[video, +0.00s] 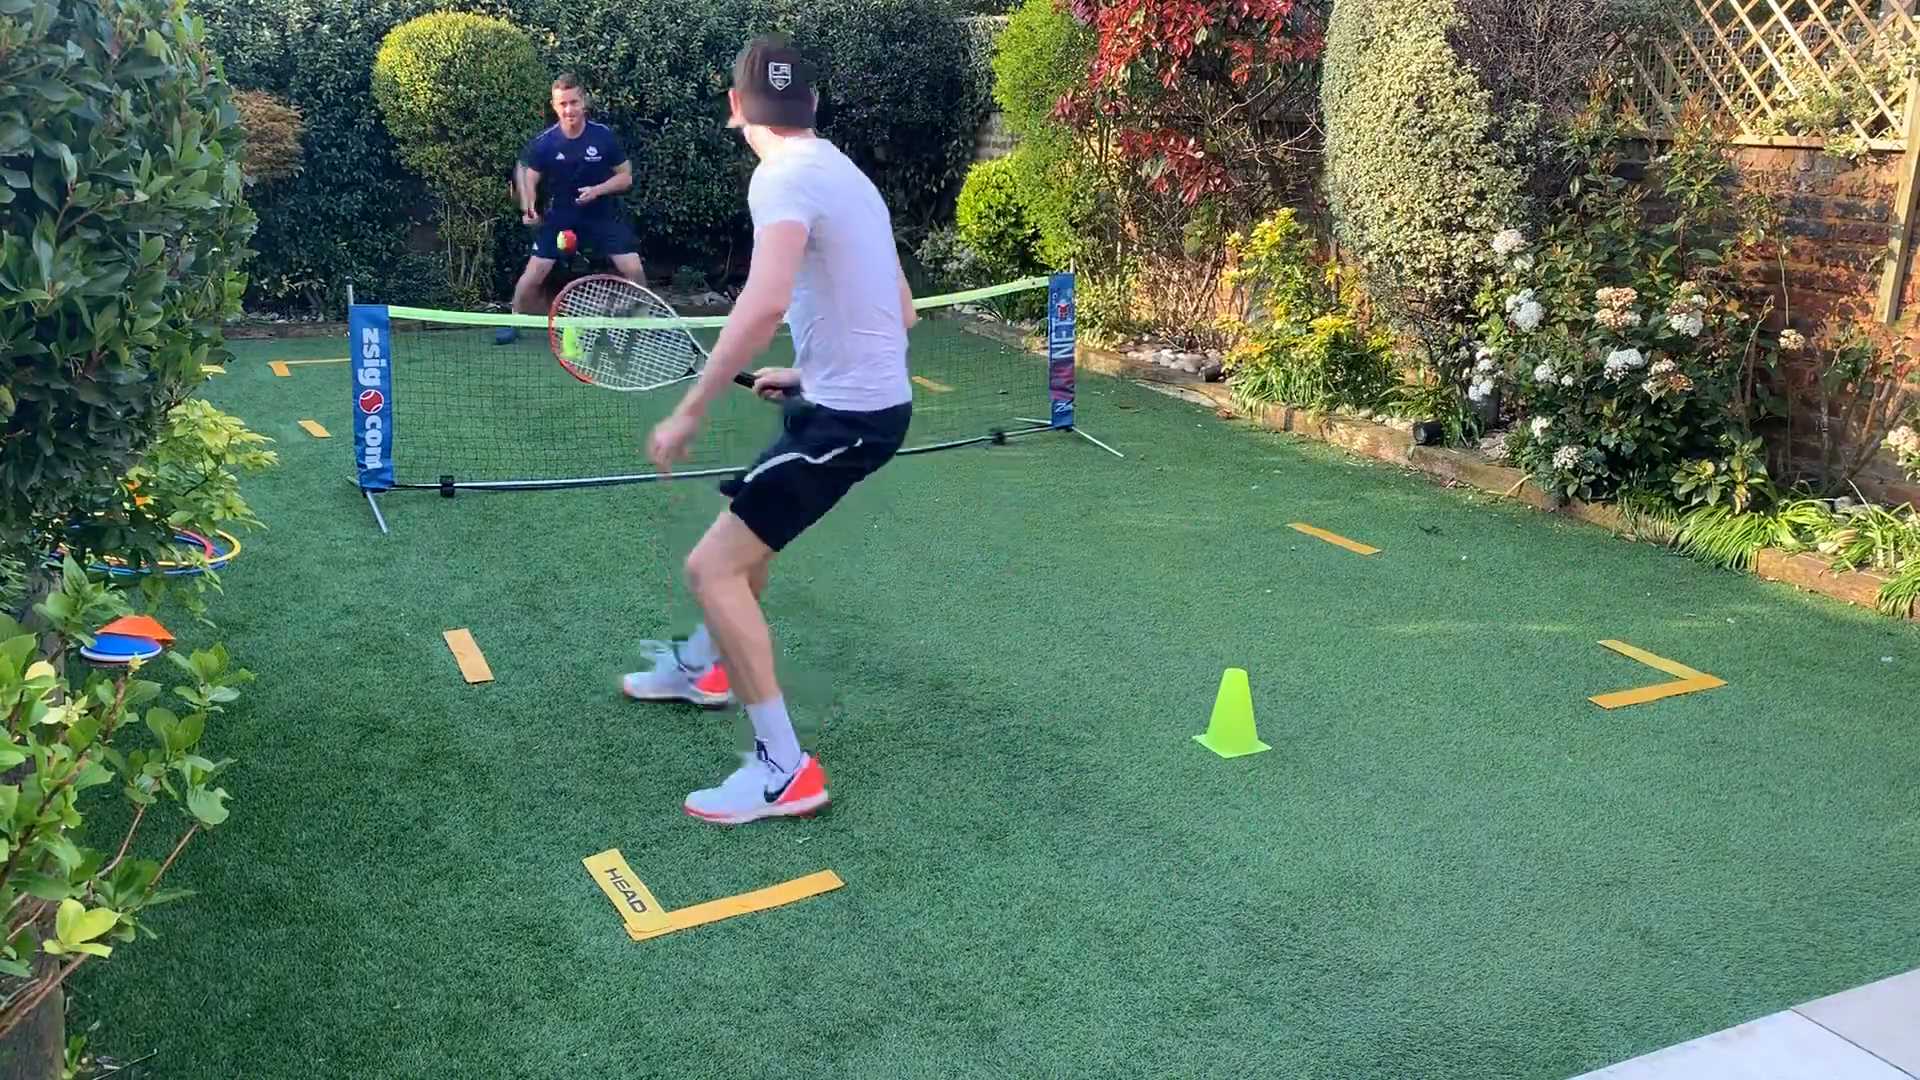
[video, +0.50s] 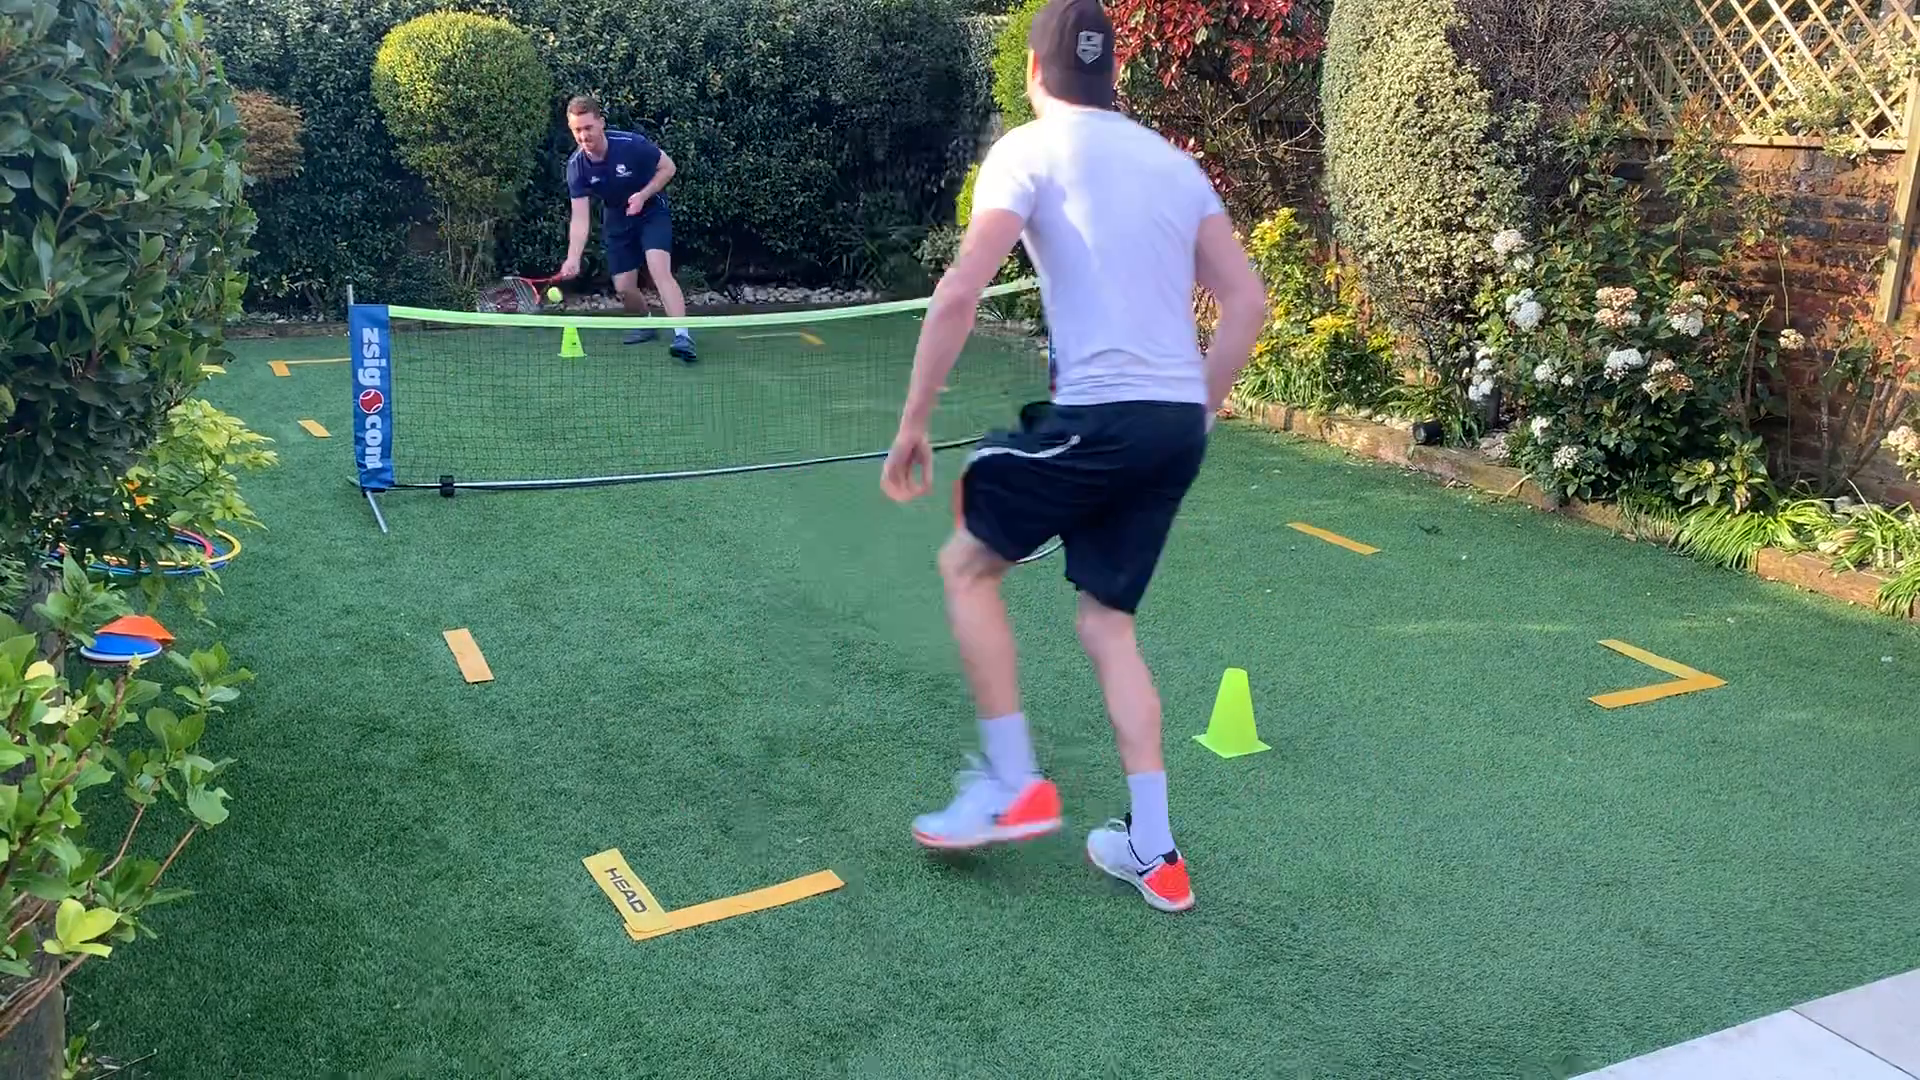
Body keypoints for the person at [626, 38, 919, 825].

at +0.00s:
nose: (730, 107)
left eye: (731, 97)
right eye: (735, 96)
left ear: (739, 107)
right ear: (809, 103)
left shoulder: (787, 176)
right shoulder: (842, 173)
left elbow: (765, 301)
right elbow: (899, 310)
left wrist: (689, 414)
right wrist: (805, 373)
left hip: (846, 410)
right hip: (865, 400)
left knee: (712, 571)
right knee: (744, 529)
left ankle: (783, 765)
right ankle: (707, 661)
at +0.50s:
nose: (1026, 77)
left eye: (1026, 65)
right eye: (1035, 64)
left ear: (1037, 71)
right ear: (1111, 69)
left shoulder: (1026, 151)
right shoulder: (1174, 163)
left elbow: (961, 292)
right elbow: (1246, 297)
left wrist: (914, 419)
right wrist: (1200, 402)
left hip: (1095, 415)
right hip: (1180, 424)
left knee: (967, 564)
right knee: (1107, 618)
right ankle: (1153, 845)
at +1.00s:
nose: (1306, 122)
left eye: (1309, 108)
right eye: (1309, 106)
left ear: (1324, 116)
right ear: (1396, 114)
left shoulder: (1312, 216)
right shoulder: (1461, 202)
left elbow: (1306, 365)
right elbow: (1536, 343)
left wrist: (1283, 490)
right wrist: (1487, 429)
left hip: (1390, 471)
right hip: (1487, 462)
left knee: (1345, 675)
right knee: (1525, 637)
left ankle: (1364, 868)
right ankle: (1612, 832)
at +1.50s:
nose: (1311, 177)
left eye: (1314, 164)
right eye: (1312, 163)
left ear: (1338, 174)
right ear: (1376, 165)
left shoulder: (1389, 253)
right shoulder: (1438, 213)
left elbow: (1373, 398)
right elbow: (1485, 341)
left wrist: (1332, 435)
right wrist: (1415, 405)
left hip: (1522, 409)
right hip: (1555, 391)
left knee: (1364, 523)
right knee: (1422, 496)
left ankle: (1380, 700)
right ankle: (1470, 638)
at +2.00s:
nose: (1436, 200)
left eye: (1440, 182)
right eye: (1430, 186)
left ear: (1485, 166)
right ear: (1478, 172)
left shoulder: (1576, 224)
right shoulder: (1488, 253)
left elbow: (1517, 371)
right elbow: (1471, 371)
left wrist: (1427, 464)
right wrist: (1424, 466)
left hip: (1674, 399)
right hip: (1601, 398)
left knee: (1597, 571)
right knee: (1483, 507)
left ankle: (1685, 734)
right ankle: (1482, 647)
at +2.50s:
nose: (1437, 104)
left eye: (1442, 91)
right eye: (1440, 90)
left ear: (1469, 94)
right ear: (1497, 93)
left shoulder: (1490, 171)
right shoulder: (1543, 167)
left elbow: (1440, 297)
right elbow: (1507, 292)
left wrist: (1406, 284)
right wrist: (1428, 288)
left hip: (1554, 395)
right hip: (1517, 387)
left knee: (1537, 582)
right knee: (1444, 501)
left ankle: (1673, 725)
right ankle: (1506, 633)